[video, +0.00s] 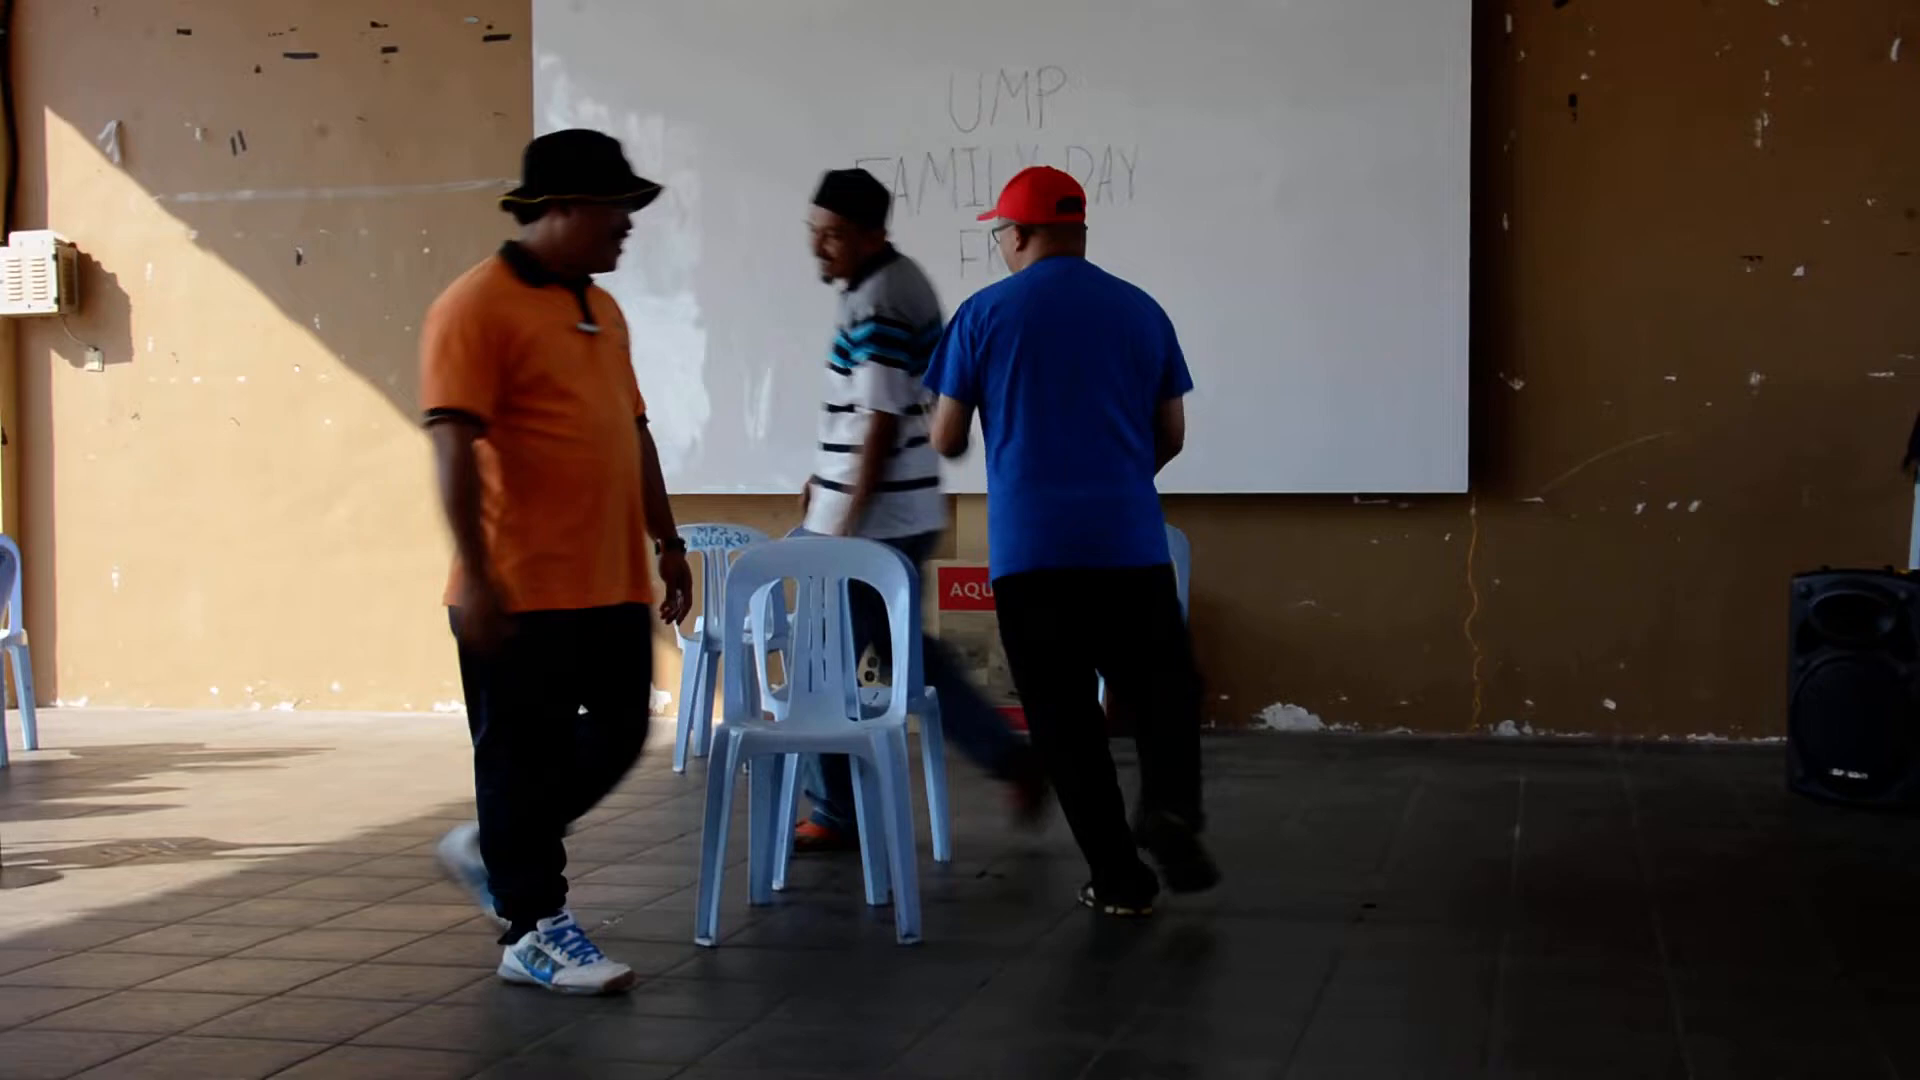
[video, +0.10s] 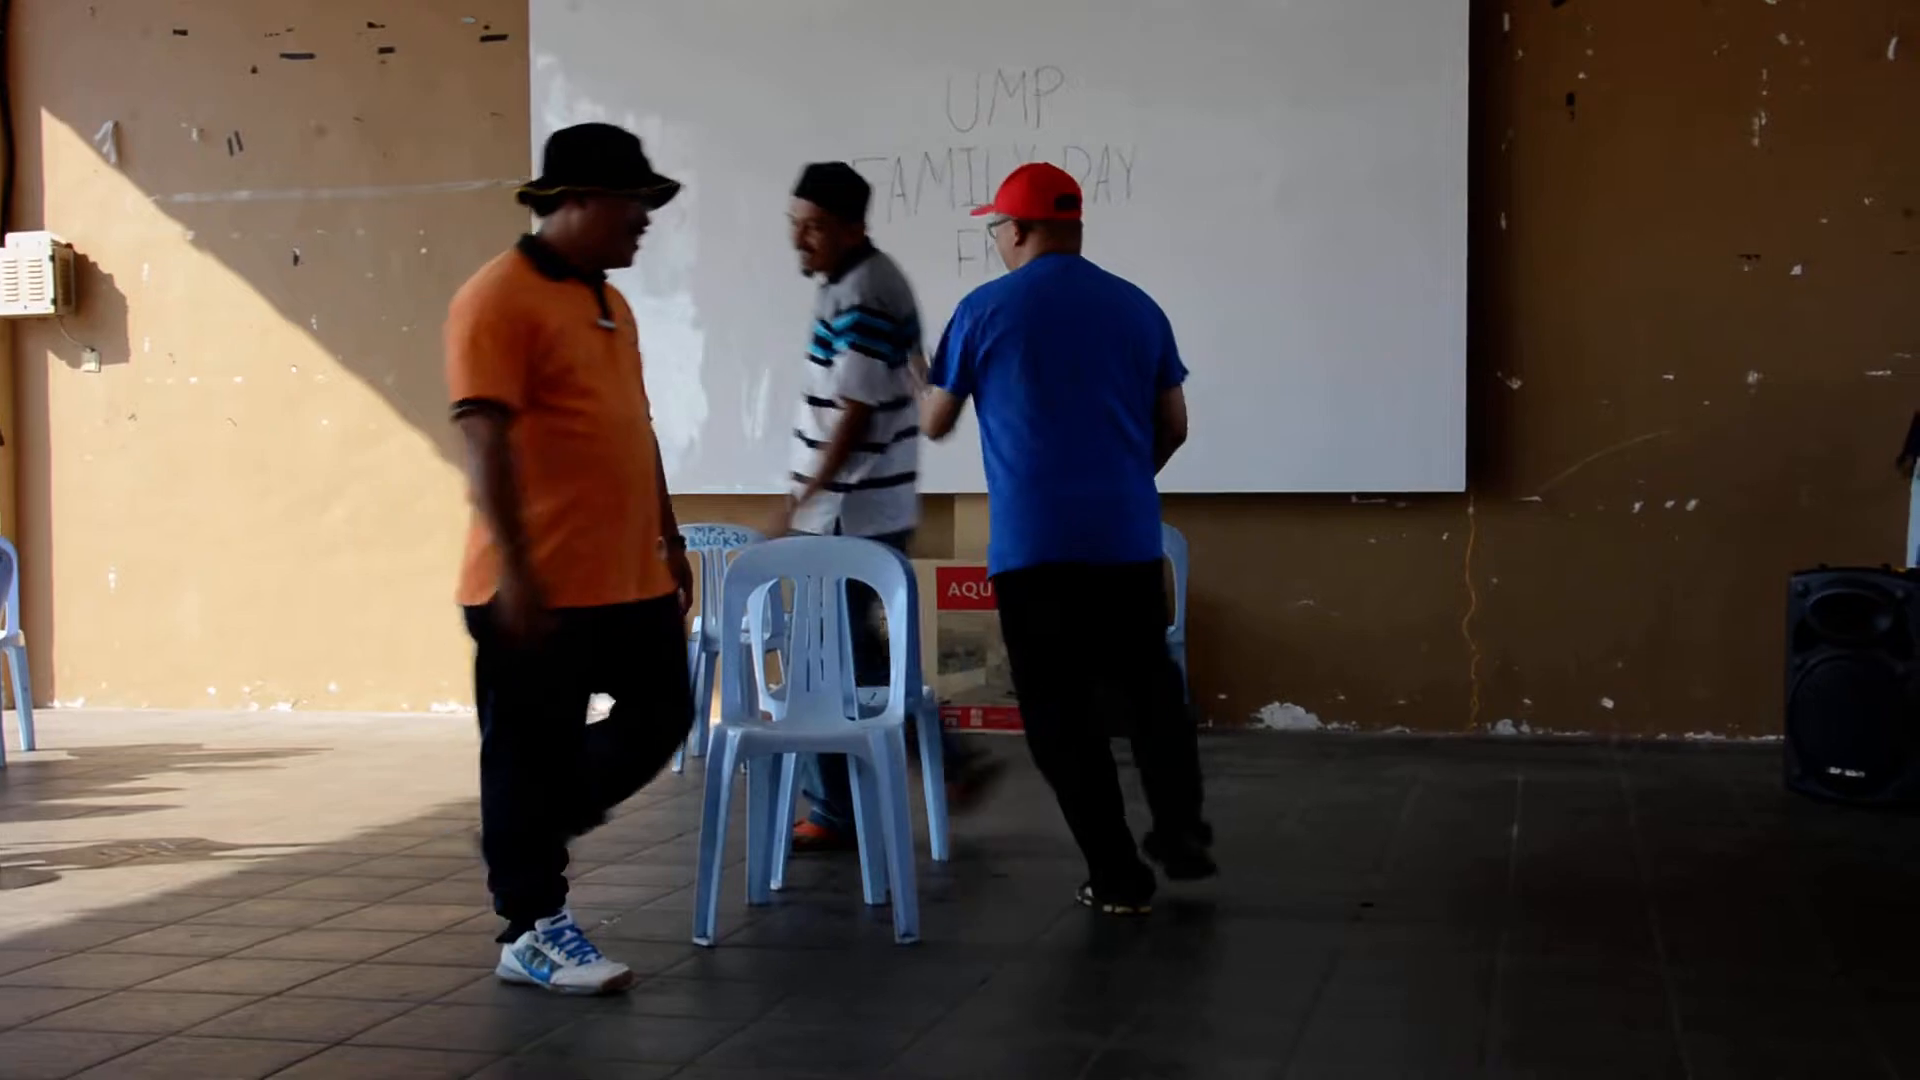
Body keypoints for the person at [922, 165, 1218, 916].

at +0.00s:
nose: (999, 248)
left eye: (1002, 235)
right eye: (1001, 236)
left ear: (1020, 236)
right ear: (1080, 232)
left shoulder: (984, 313)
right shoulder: (1140, 309)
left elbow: (945, 440)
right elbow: (1169, 436)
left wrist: (961, 395)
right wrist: (1114, 472)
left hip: (1031, 555)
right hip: (1131, 552)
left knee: (1062, 723)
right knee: (1166, 690)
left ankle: (1118, 881)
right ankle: (1172, 825)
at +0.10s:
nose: (994, 244)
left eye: (998, 232)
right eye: (996, 232)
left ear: (1019, 233)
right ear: (1075, 230)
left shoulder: (987, 308)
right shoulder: (1137, 305)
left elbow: (935, 424)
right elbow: (1173, 425)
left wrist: (936, 373)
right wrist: (1124, 477)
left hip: (1032, 546)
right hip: (1130, 545)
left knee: (1059, 718)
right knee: (1151, 685)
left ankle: (1117, 879)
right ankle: (1183, 839)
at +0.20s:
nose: (986, 244)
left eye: (991, 231)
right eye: (987, 231)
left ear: (1014, 235)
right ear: (1062, 232)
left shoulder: (987, 311)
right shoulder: (1128, 306)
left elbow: (916, 397)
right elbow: (1167, 420)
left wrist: (901, 363)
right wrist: (1123, 481)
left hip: (1033, 545)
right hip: (1123, 541)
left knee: (1060, 713)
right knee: (1126, 688)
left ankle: (1116, 877)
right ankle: (1152, 846)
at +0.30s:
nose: (974, 255)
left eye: (980, 242)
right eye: (975, 242)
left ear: (1006, 248)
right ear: (1050, 244)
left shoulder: (984, 322)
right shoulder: (1116, 317)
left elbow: (901, 389)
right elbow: (1153, 427)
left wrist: (864, 373)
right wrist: (1106, 484)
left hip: (1031, 549)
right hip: (1115, 546)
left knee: (1056, 712)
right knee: (1113, 695)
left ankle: (1115, 873)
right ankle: (1112, 846)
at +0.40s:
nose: (963, 260)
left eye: (970, 247)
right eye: (964, 247)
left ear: (1000, 253)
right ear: (1036, 250)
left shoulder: (975, 323)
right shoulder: (1099, 317)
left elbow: (882, 391)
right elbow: (1134, 425)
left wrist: (827, 381)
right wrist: (1087, 478)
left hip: (1021, 547)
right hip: (1107, 542)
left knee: (1044, 700)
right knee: (1110, 684)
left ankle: (1111, 844)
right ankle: (1107, 825)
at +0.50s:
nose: (950, 258)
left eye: (959, 247)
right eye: (952, 246)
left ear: (994, 251)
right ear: (1015, 250)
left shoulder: (967, 317)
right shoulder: (1081, 314)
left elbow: (869, 385)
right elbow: (1106, 420)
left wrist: (799, 385)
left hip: (1013, 536)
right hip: (1099, 531)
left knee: (1009, 681)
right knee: (1105, 677)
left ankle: (1087, 803)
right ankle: (1109, 824)